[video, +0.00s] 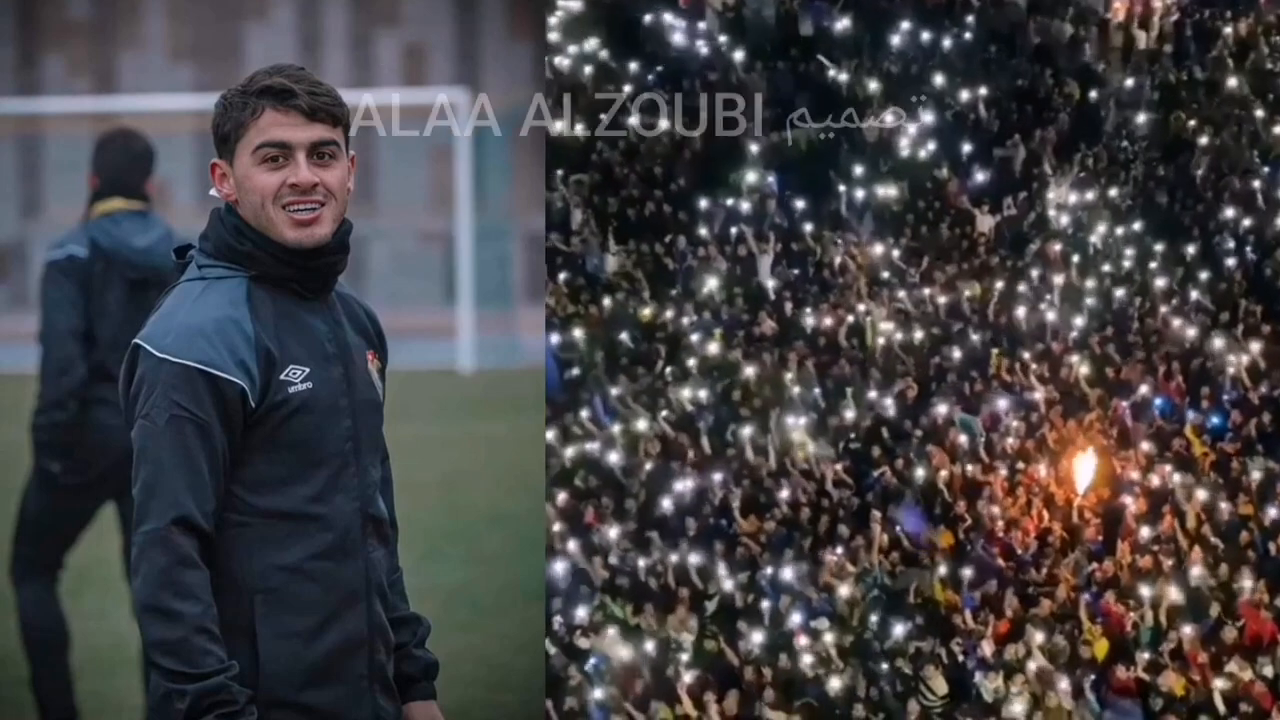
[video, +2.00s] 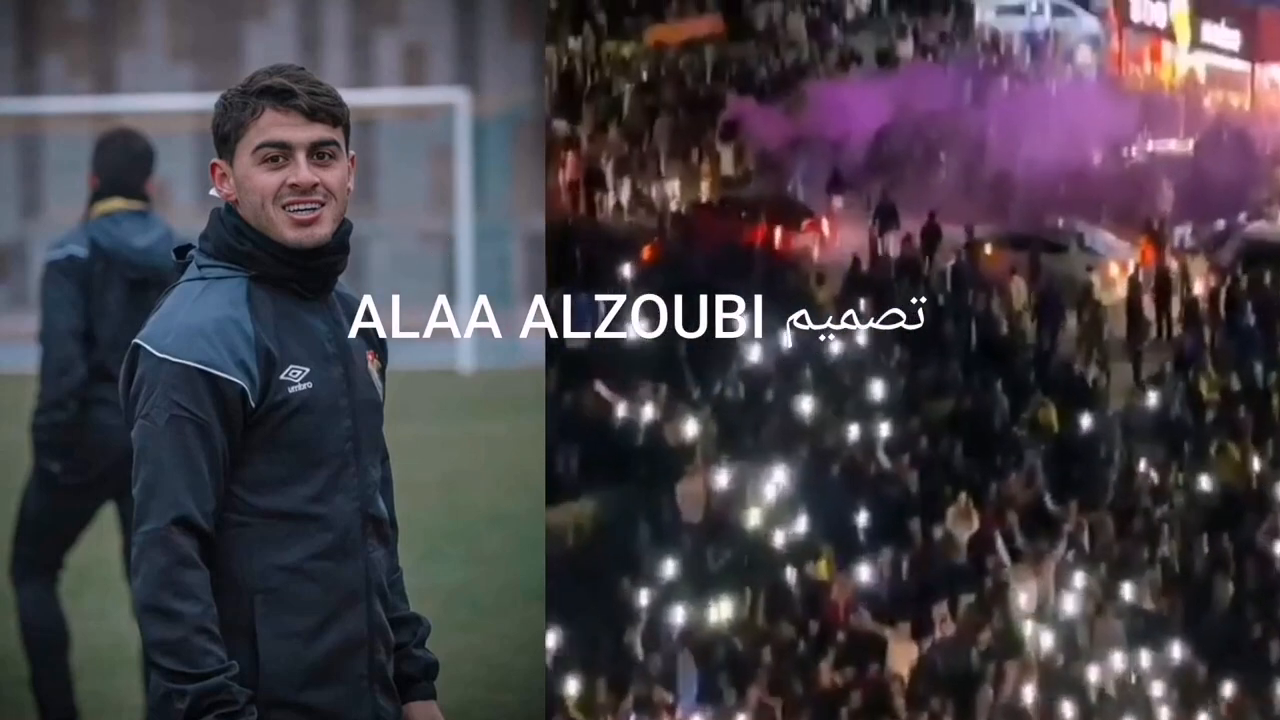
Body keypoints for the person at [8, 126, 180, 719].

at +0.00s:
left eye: (93, 173)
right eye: (149, 178)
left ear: (94, 180)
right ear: (152, 185)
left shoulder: (73, 253)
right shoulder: (178, 254)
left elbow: (65, 361)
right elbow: (190, 352)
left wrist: (52, 442)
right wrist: (175, 429)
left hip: (88, 448)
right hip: (158, 448)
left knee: (34, 569)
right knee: (156, 580)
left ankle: (57, 708)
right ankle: (167, 705)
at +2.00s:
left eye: (94, 173)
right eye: (150, 178)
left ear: (94, 180)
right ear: (152, 185)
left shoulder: (73, 253)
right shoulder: (178, 254)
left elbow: (65, 362)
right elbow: (191, 352)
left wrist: (52, 442)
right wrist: (175, 429)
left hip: (88, 448)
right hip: (158, 447)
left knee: (34, 569)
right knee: (156, 580)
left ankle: (57, 709)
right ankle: (167, 706)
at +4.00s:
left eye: (93, 174)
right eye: (150, 178)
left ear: (94, 180)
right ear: (152, 185)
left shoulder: (74, 253)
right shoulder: (178, 254)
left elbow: (65, 360)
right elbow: (190, 351)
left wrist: (51, 439)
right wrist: (175, 426)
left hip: (88, 447)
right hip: (158, 446)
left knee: (33, 569)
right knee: (157, 580)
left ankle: (57, 708)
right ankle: (167, 704)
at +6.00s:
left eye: (92, 174)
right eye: (150, 178)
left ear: (94, 180)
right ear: (152, 185)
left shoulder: (73, 254)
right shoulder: (178, 255)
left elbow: (65, 363)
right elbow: (190, 352)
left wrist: (51, 441)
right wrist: (175, 428)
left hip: (87, 449)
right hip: (158, 447)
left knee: (33, 569)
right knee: (157, 580)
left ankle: (56, 707)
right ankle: (167, 704)